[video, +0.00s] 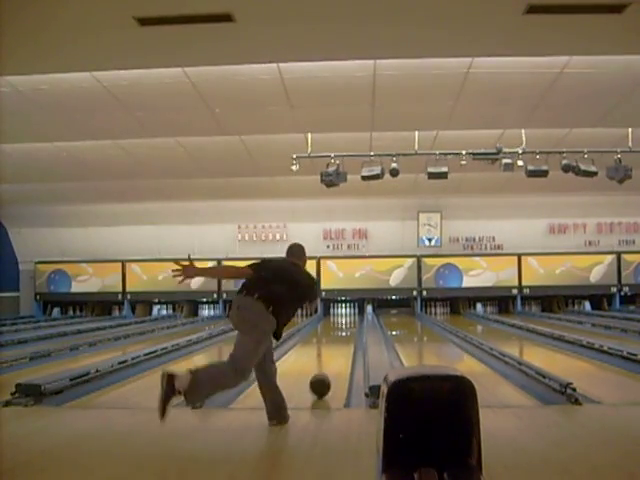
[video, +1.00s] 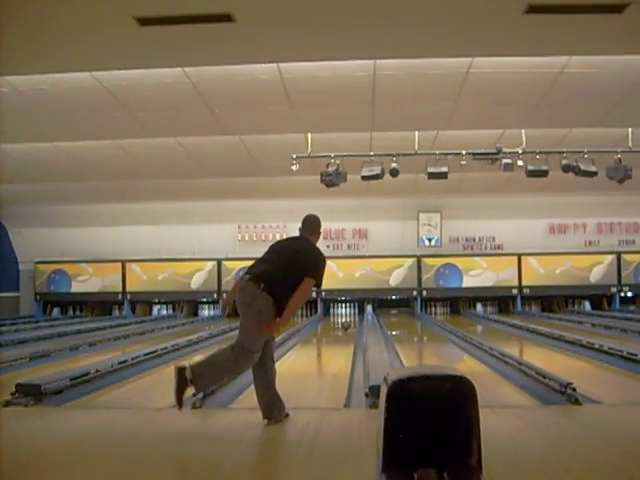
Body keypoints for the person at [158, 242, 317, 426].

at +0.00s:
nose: (301, 263)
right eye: (303, 259)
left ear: (287, 255)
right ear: (304, 260)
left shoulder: (272, 264)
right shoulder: (309, 282)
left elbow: (237, 272)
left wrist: (198, 271)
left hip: (239, 308)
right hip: (261, 319)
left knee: (266, 368)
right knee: (238, 370)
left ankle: (277, 415)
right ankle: (179, 383)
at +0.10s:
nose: (314, 259)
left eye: (311, 255)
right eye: (312, 256)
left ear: (293, 255)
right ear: (308, 258)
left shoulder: (276, 262)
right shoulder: (314, 273)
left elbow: (242, 272)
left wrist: (203, 277)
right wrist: (296, 238)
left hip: (246, 299)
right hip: (263, 308)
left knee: (264, 364)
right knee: (231, 358)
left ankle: (275, 414)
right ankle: (172, 362)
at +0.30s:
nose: (316, 248)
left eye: (313, 246)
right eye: (316, 246)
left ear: (297, 243)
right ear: (314, 246)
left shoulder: (281, 254)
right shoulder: (315, 261)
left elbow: (244, 276)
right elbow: (333, 273)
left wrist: (216, 295)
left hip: (247, 292)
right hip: (263, 299)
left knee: (264, 358)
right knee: (237, 351)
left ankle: (274, 412)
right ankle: (176, 349)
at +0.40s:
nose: (317, 248)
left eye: (315, 245)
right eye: (317, 245)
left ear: (298, 242)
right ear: (315, 244)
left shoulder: (281, 254)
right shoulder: (316, 261)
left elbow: (244, 279)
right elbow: (337, 291)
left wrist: (218, 299)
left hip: (246, 293)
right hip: (261, 298)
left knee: (265, 358)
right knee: (240, 350)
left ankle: (275, 413)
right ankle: (176, 350)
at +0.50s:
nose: (317, 248)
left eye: (314, 245)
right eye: (317, 245)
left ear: (299, 241)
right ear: (316, 245)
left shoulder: (282, 253)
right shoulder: (317, 265)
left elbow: (245, 278)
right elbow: (334, 305)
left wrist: (219, 298)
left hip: (246, 293)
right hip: (261, 300)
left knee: (265, 360)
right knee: (238, 349)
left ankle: (275, 413)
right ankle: (176, 348)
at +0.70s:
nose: (317, 245)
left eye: (313, 239)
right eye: (318, 242)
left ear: (301, 238)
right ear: (318, 242)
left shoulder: (283, 250)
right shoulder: (317, 265)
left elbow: (248, 274)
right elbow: (317, 308)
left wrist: (220, 295)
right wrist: (310, 340)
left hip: (248, 288)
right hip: (262, 297)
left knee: (264, 356)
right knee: (237, 347)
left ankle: (274, 412)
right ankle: (177, 342)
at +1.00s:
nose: (317, 236)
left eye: (313, 230)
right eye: (319, 233)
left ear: (301, 229)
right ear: (319, 233)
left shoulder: (284, 243)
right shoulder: (316, 256)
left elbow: (255, 269)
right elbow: (303, 292)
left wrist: (232, 295)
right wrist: (283, 320)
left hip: (245, 290)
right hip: (261, 297)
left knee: (264, 357)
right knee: (246, 352)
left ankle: (273, 412)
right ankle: (191, 375)